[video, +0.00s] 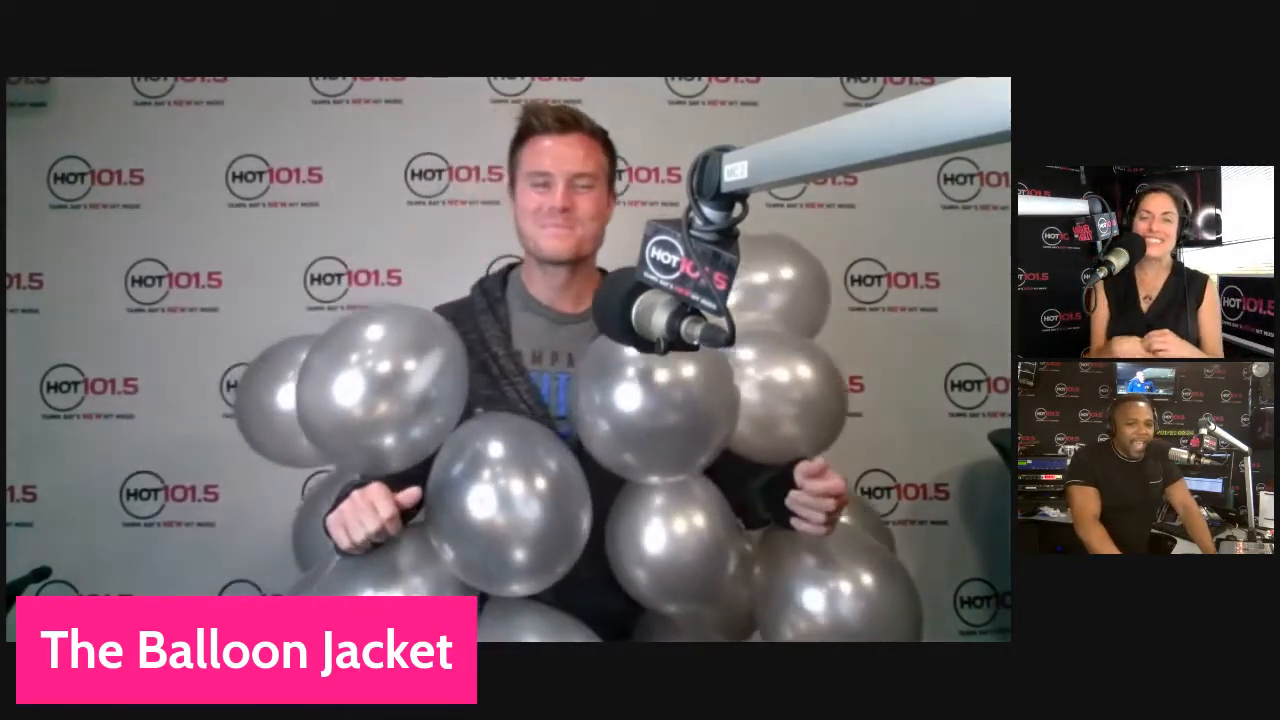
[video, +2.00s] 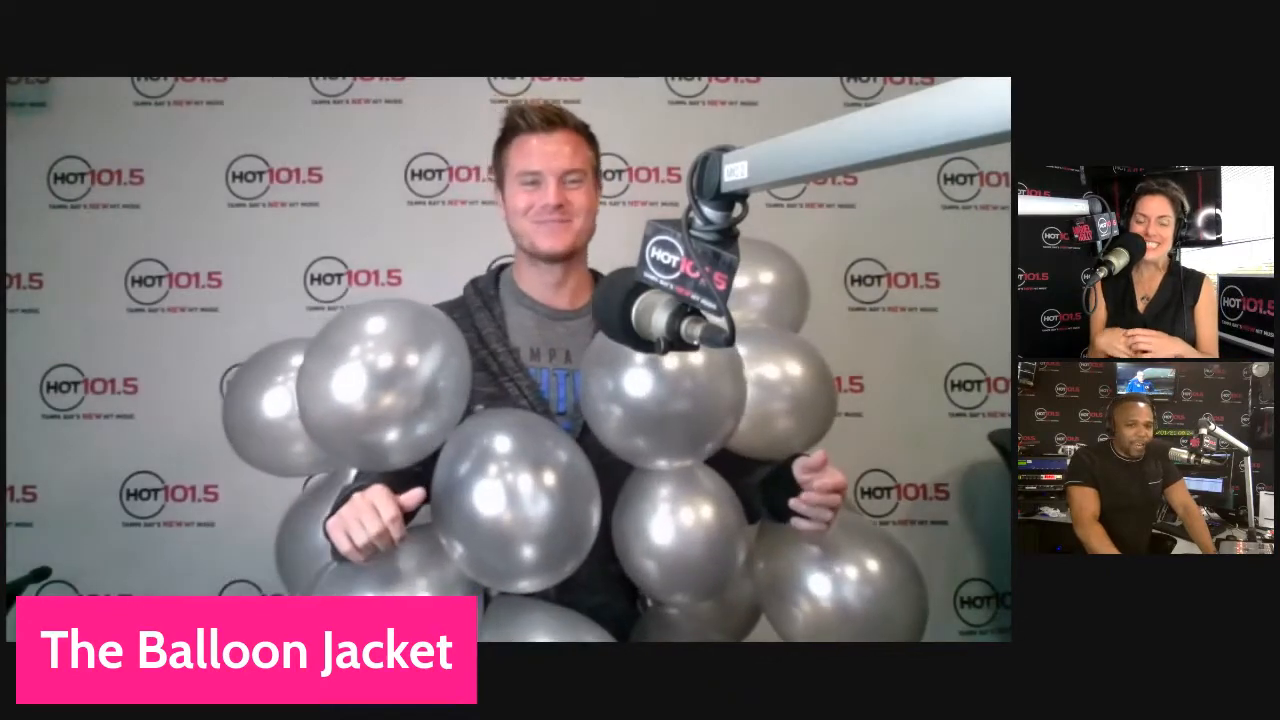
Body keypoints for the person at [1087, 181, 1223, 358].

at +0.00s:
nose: (1154, 227)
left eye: (1167, 219)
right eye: (1144, 217)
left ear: (1180, 228)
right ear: (1131, 223)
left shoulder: (1201, 287)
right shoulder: (1106, 285)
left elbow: (1216, 363)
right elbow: (1094, 355)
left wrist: (1183, 348)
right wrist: (1116, 346)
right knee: (1122, 346)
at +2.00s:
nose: (1150, 231)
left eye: (1163, 223)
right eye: (1141, 220)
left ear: (1177, 230)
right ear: (1127, 224)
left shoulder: (1198, 287)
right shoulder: (1104, 285)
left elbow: (1211, 361)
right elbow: (1093, 359)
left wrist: (1179, 347)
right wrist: (1099, 342)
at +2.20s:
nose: (1150, 231)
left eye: (1163, 222)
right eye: (1141, 220)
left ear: (1177, 230)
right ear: (1128, 224)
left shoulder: (1198, 287)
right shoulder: (1104, 286)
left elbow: (1211, 360)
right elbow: (1093, 356)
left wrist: (1171, 345)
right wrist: (1110, 347)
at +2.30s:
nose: (1150, 231)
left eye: (1163, 222)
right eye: (1141, 220)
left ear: (1177, 230)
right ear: (1127, 224)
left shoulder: (1198, 286)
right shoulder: (1104, 286)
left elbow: (1211, 361)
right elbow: (1094, 355)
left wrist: (1162, 344)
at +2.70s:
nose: (1148, 228)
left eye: (1162, 220)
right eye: (1140, 218)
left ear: (1176, 230)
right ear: (1128, 223)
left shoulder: (1198, 285)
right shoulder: (1104, 285)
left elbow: (1210, 360)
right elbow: (1094, 355)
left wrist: (1163, 345)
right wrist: (1113, 349)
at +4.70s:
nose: (1140, 228)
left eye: (1152, 218)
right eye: (1130, 220)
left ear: (1168, 225)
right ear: (1120, 228)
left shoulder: (1197, 287)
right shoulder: (1101, 289)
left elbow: (1210, 364)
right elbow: (1094, 359)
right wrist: (1136, 356)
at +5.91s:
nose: (1140, 228)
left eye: (1152, 217)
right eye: (1130, 219)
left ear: (1167, 224)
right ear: (1120, 227)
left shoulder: (1196, 287)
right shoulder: (1100, 289)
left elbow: (1210, 367)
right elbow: (1093, 360)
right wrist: (1139, 356)